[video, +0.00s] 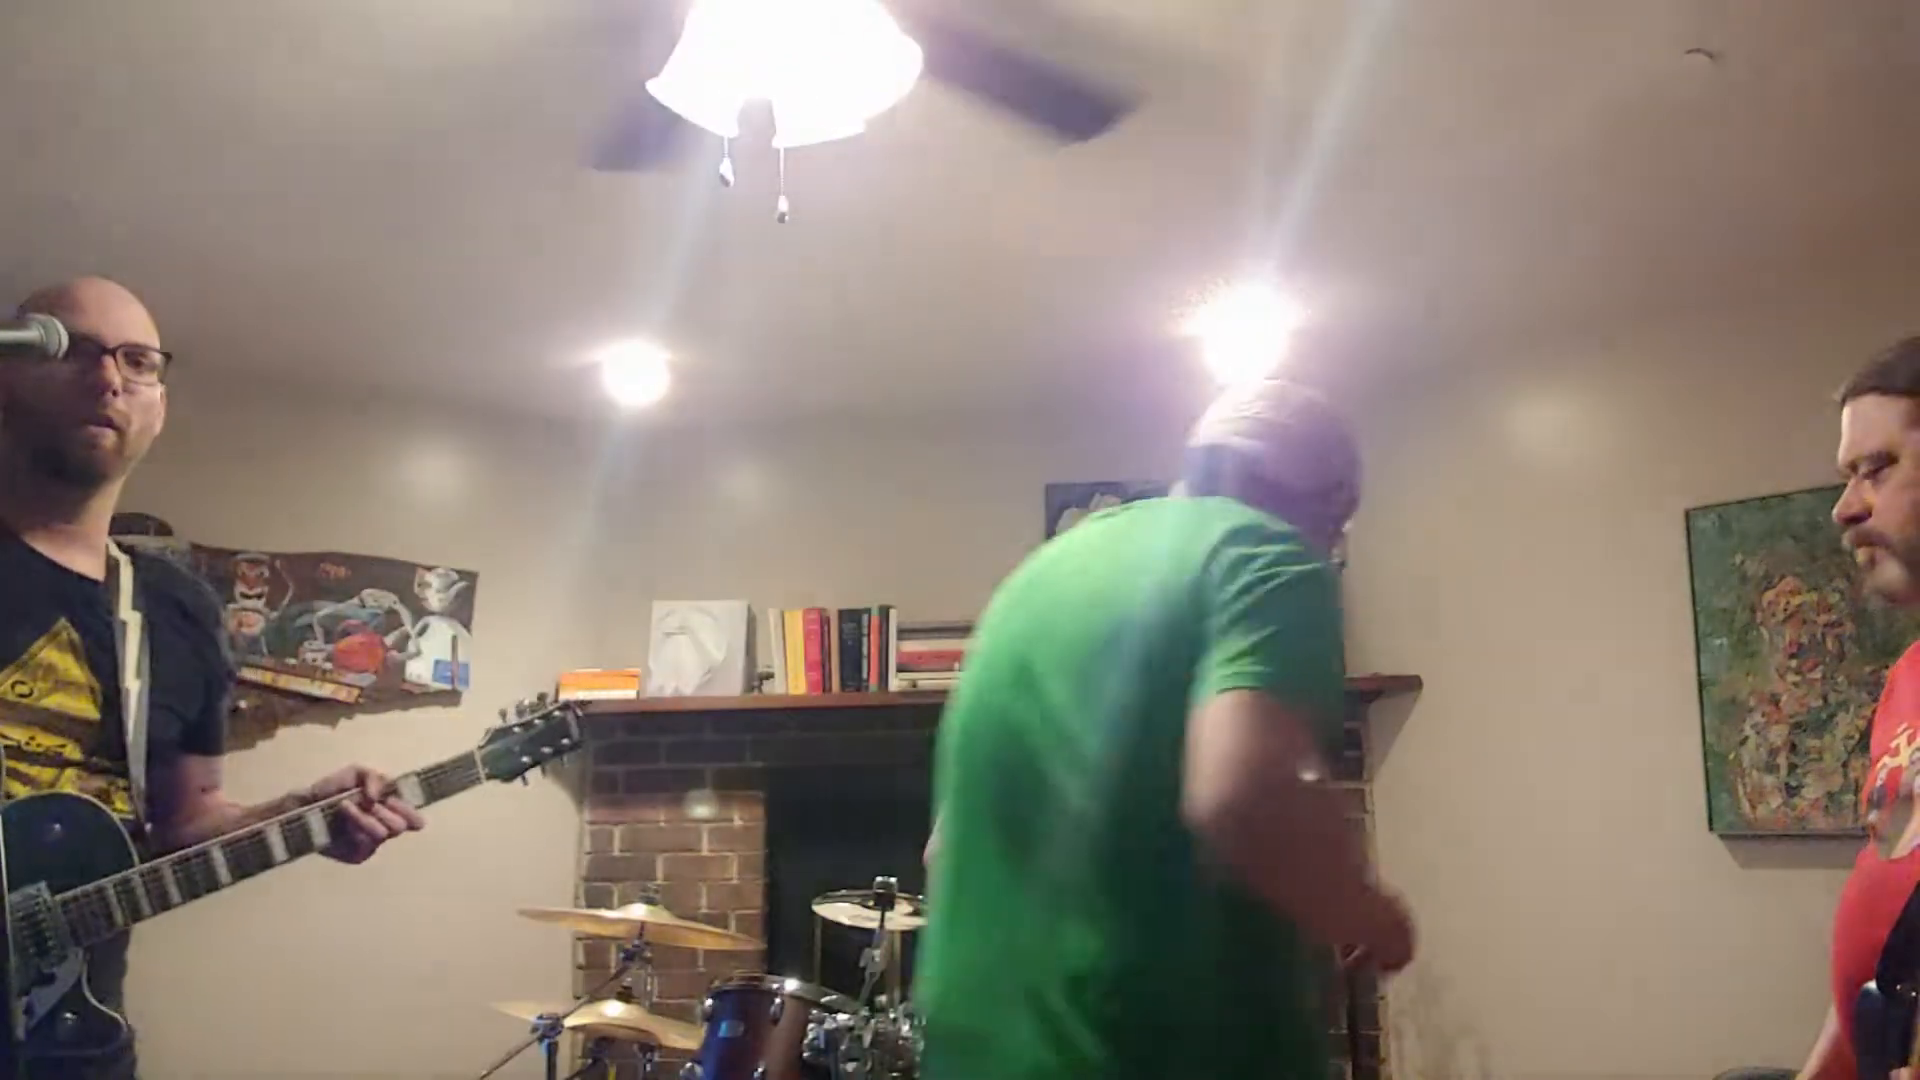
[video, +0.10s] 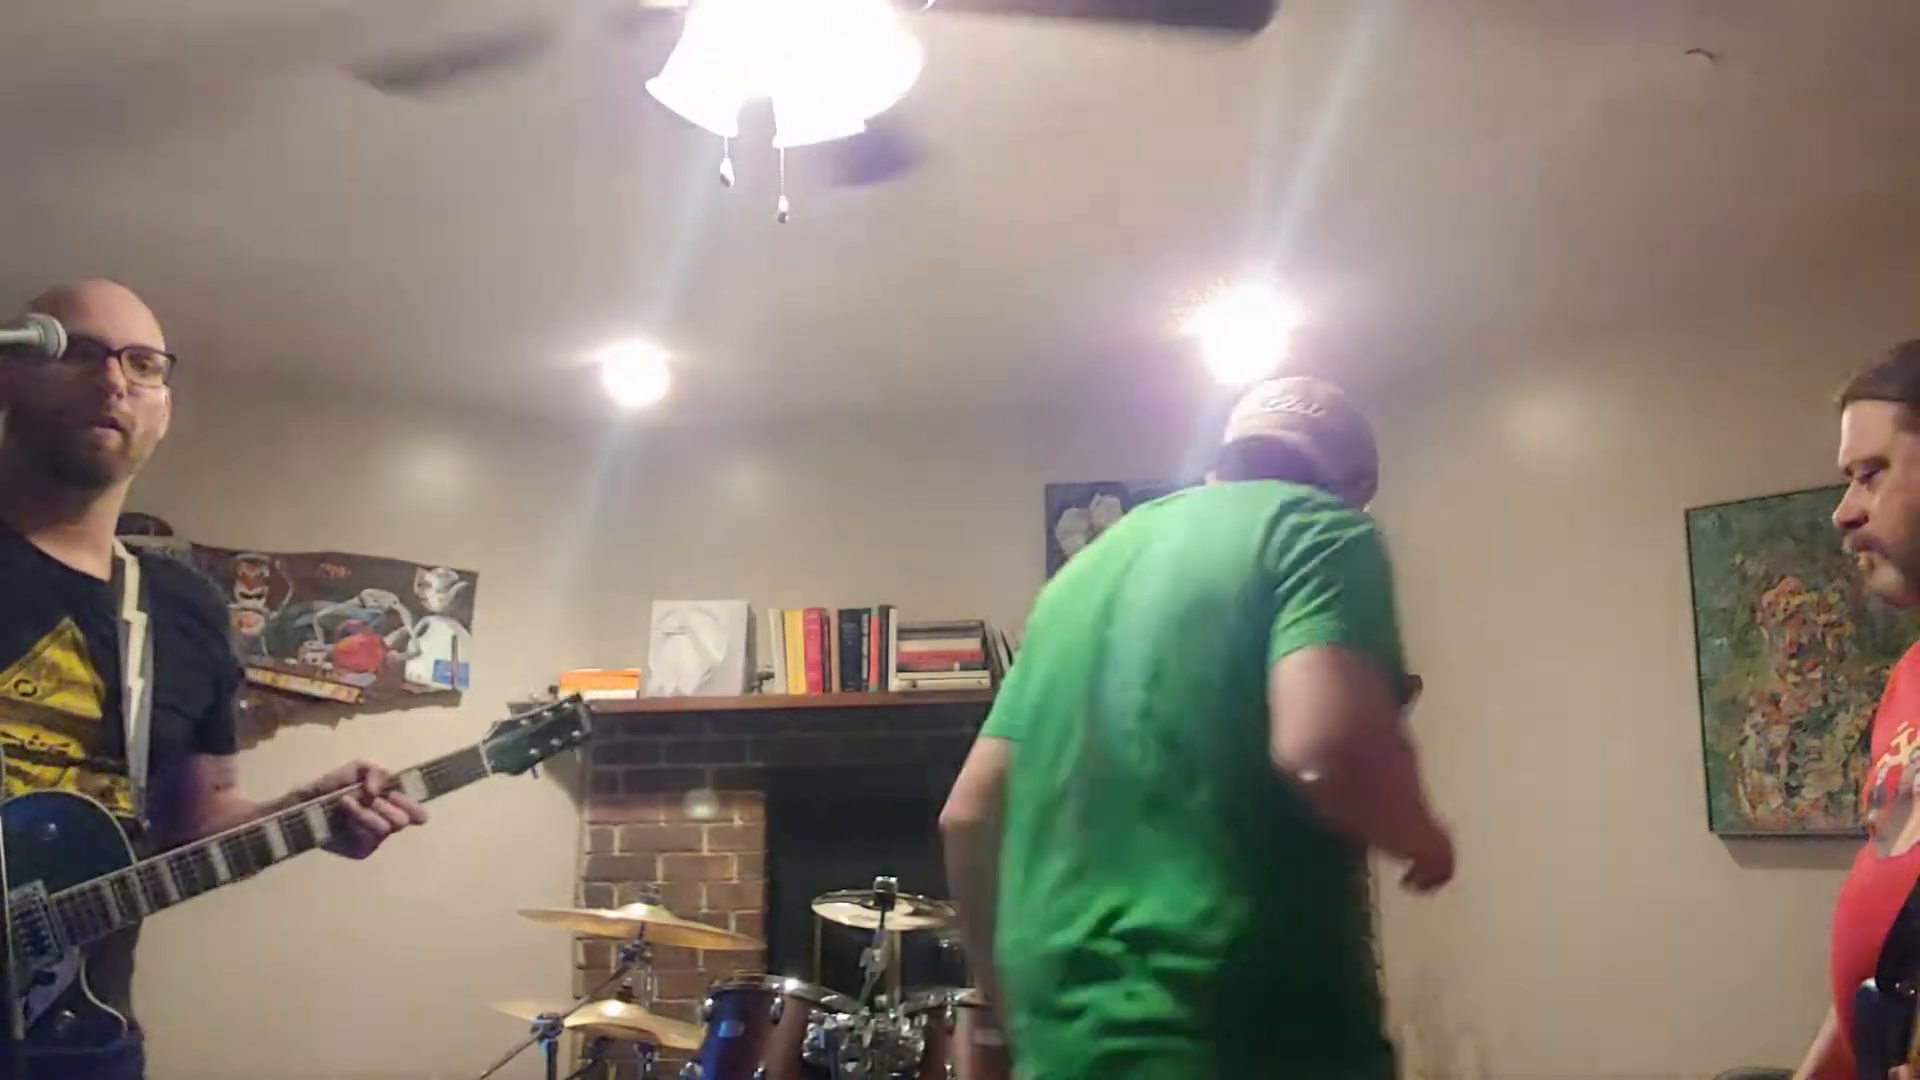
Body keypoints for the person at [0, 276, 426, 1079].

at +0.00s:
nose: (109, 378)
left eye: (137, 362)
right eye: (69, 349)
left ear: (161, 405)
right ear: (3, 373)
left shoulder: (177, 610)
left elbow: (180, 822)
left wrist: (309, 815)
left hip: (76, 1038)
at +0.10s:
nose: (113, 380)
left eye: (142, 365)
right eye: (77, 352)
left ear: (166, 412)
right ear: (8, 379)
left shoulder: (183, 606)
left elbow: (193, 822)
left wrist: (312, 814)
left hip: (82, 1040)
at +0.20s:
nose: (123, 379)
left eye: (151, 363)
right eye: (88, 353)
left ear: (175, 410)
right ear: (17, 380)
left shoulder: (199, 606)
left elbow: (217, 831)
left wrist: (323, 805)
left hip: (100, 1035)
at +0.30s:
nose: (134, 377)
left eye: (163, 362)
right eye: (100, 351)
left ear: (187, 411)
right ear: (29, 382)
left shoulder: (217, 607)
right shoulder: (7, 543)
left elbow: (251, 845)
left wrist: (347, 790)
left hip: (119, 1032)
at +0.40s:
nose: (146, 375)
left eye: (175, 360)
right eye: (110, 350)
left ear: (200, 410)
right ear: (42, 380)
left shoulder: (237, 600)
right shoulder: (8, 543)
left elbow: (277, 839)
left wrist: (368, 783)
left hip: (146, 1030)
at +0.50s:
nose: (156, 373)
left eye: (184, 358)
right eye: (121, 349)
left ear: (211, 406)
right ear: (55, 381)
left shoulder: (259, 596)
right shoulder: (7, 547)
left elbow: (301, 825)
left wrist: (391, 777)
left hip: (173, 1031)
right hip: (9, 1029)